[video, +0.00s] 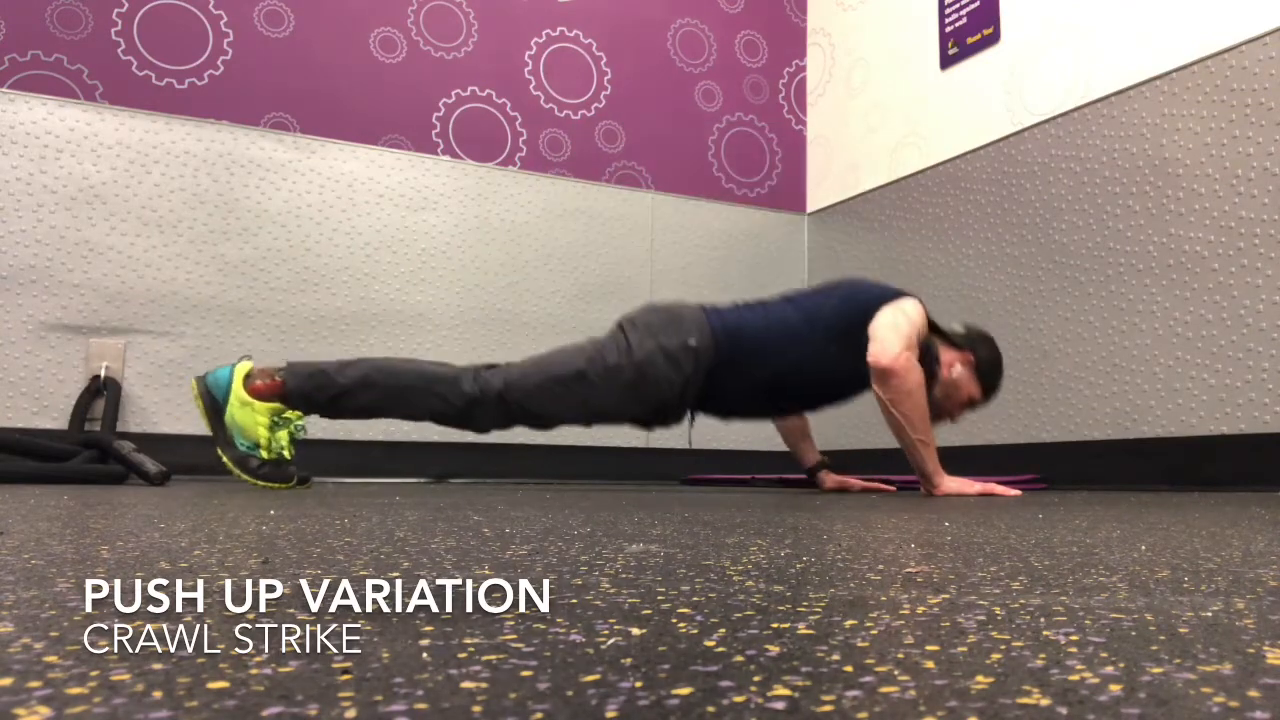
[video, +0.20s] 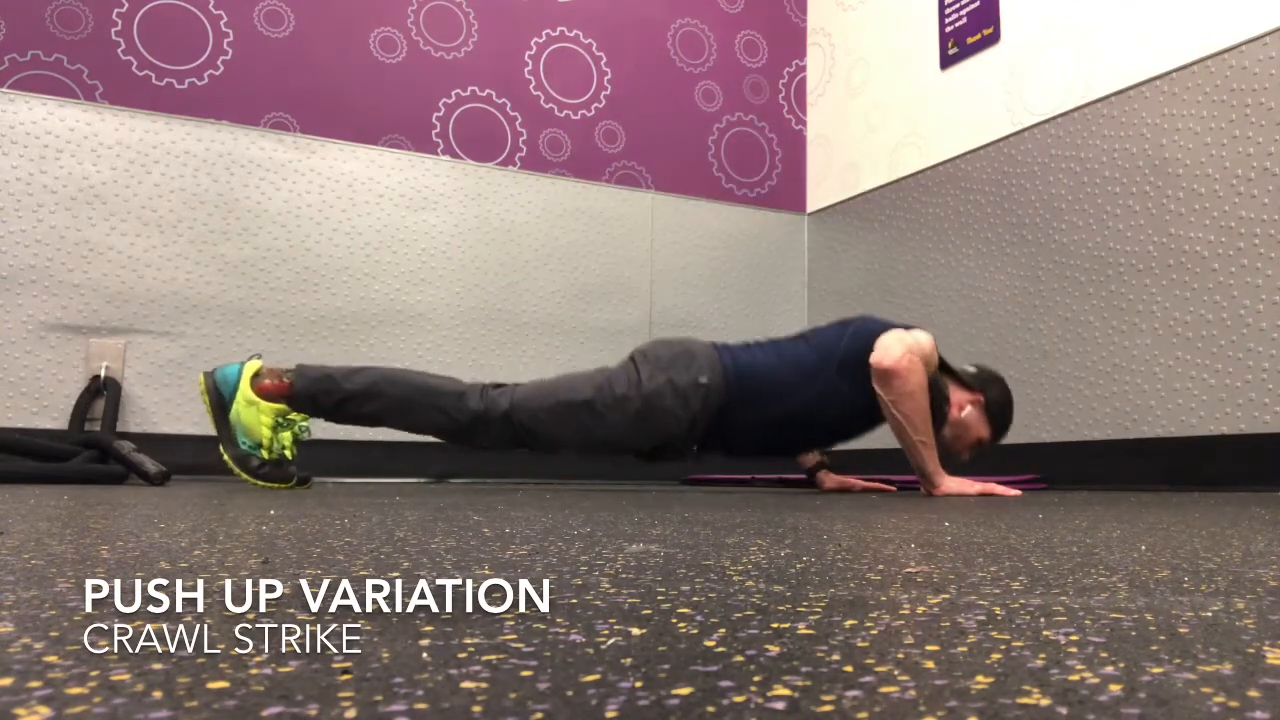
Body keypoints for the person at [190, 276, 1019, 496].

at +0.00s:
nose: (943, 406)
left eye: (955, 405)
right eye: (958, 396)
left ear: (945, 371)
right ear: (955, 356)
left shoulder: (855, 329)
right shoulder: (910, 317)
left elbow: (781, 385)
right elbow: (892, 367)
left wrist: (819, 471)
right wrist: (938, 475)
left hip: (678, 361)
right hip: (678, 353)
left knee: (486, 395)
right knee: (483, 396)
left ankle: (271, 391)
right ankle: (261, 384)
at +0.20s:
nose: (958, 437)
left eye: (970, 440)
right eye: (968, 424)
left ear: (954, 427)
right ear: (958, 389)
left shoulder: (872, 390)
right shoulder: (917, 350)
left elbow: (781, 449)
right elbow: (896, 366)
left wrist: (831, 476)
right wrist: (940, 477)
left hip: (689, 413)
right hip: (690, 385)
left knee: (492, 417)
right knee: (491, 412)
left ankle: (280, 399)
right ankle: (275, 386)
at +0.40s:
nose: (969, 455)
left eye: (978, 455)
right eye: (976, 443)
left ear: (963, 436)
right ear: (963, 413)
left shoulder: (881, 410)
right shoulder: (914, 378)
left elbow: (770, 459)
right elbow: (903, 369)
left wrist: (832, 479)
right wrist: (938, 476)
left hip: (692, 427)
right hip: (693, 406)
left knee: (491, 432)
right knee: (490, 426)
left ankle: (289, 407)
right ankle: (278, 385)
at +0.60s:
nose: (962, 448)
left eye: (972, 447)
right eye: (971, 436)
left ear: (961, 424)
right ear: (965, 403)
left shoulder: (877, 392)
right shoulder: (920, 363)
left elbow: (764, 454)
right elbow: (903, 366)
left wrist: (809, 471)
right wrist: (938, 477)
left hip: (690, 414)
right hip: (692, 391)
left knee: (491, 423)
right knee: (489, 420)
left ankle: (283, 401)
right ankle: (276, 387)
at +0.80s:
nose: (944, 384)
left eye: (955, 382)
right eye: (957, 372)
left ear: (944, 359)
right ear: (950, 334)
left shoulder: (856, 325)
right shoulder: (907, 302)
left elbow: (781, 386)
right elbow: (891, 363)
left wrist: (818, 470)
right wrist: (935, 474)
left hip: (682, 355)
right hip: (680, 337)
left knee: (490, 395)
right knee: (487, 395)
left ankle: (282, 389)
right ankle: (275, 384)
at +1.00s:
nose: (907, 326)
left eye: (920, 316)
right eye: (919, 309)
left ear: (896, 276)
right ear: (914, 269)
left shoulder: (824, 278)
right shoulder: (873, 247)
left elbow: (788, 384)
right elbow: (894, 355)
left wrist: (819, 469)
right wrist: (935, 473)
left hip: (640, 255)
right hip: (653, 238)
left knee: (501, 353)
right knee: (578, 381)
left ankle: (291, 401)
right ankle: (374, 360)